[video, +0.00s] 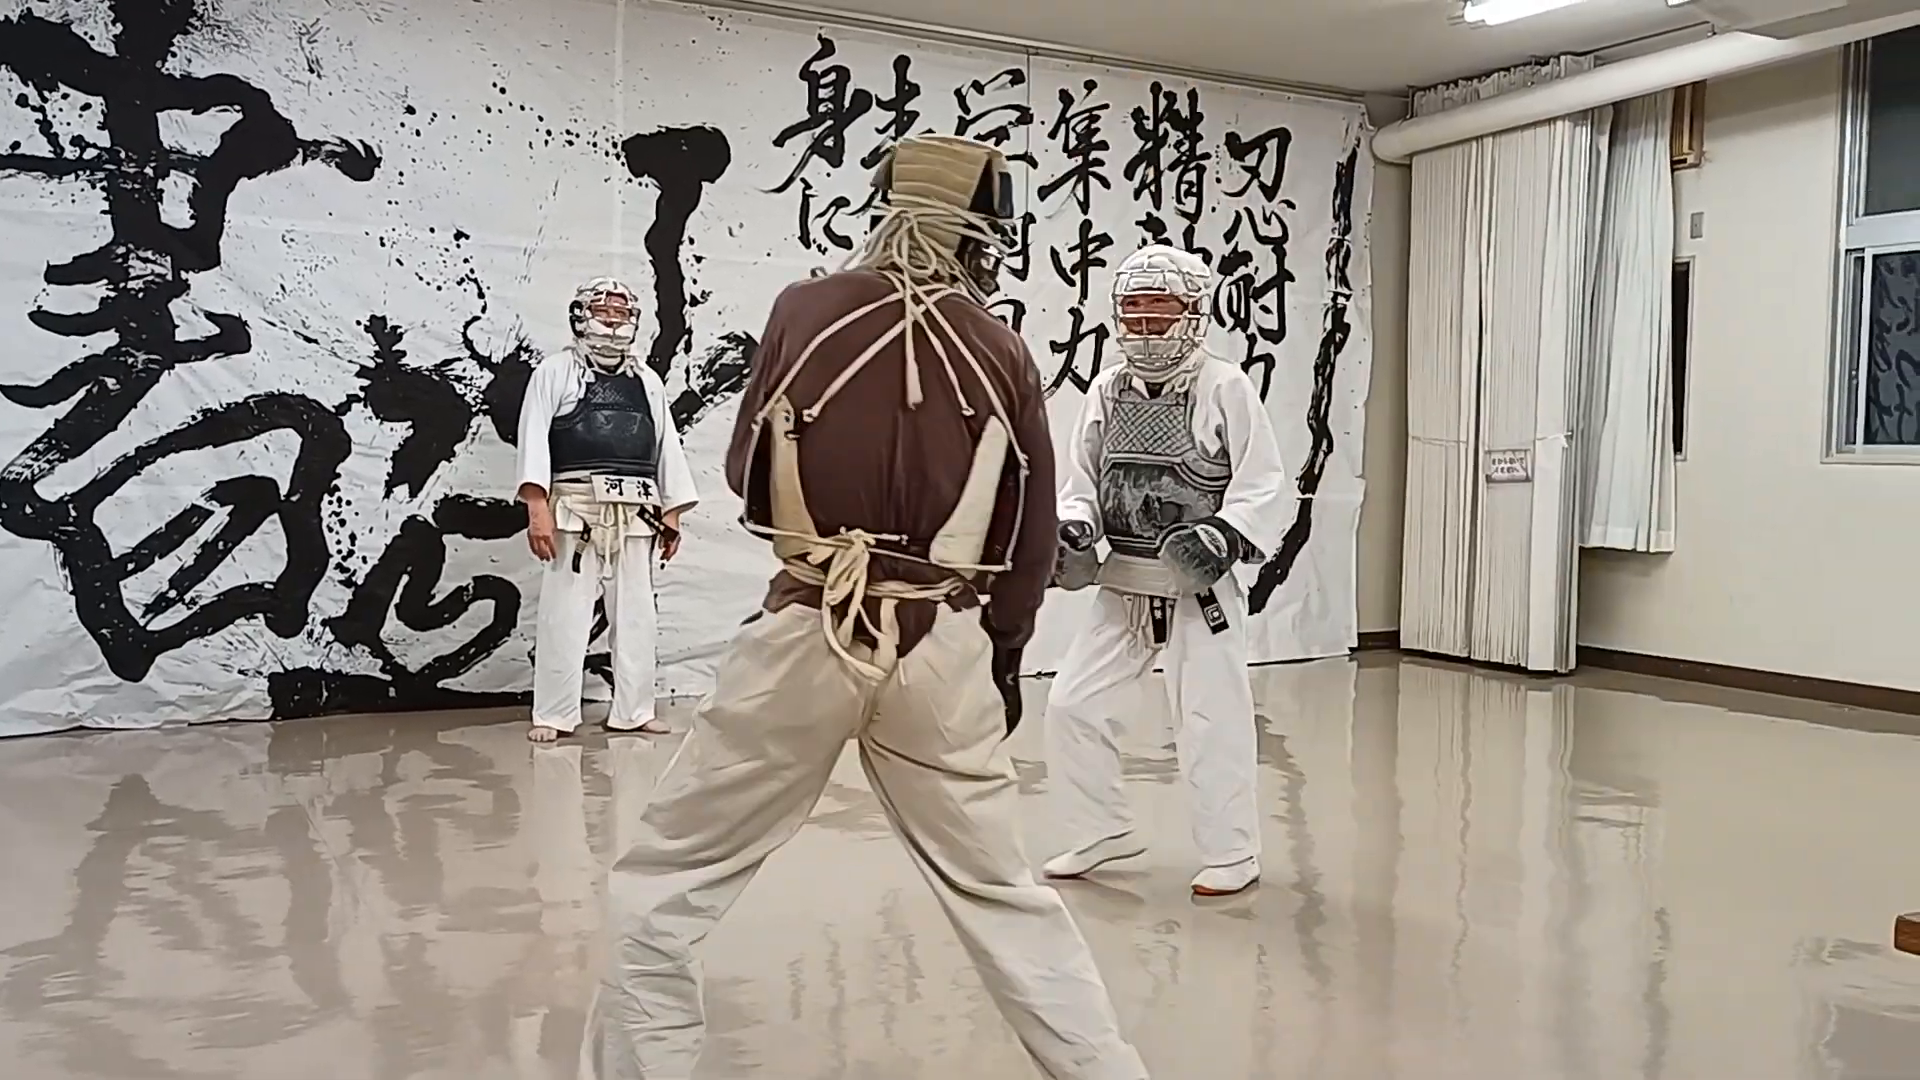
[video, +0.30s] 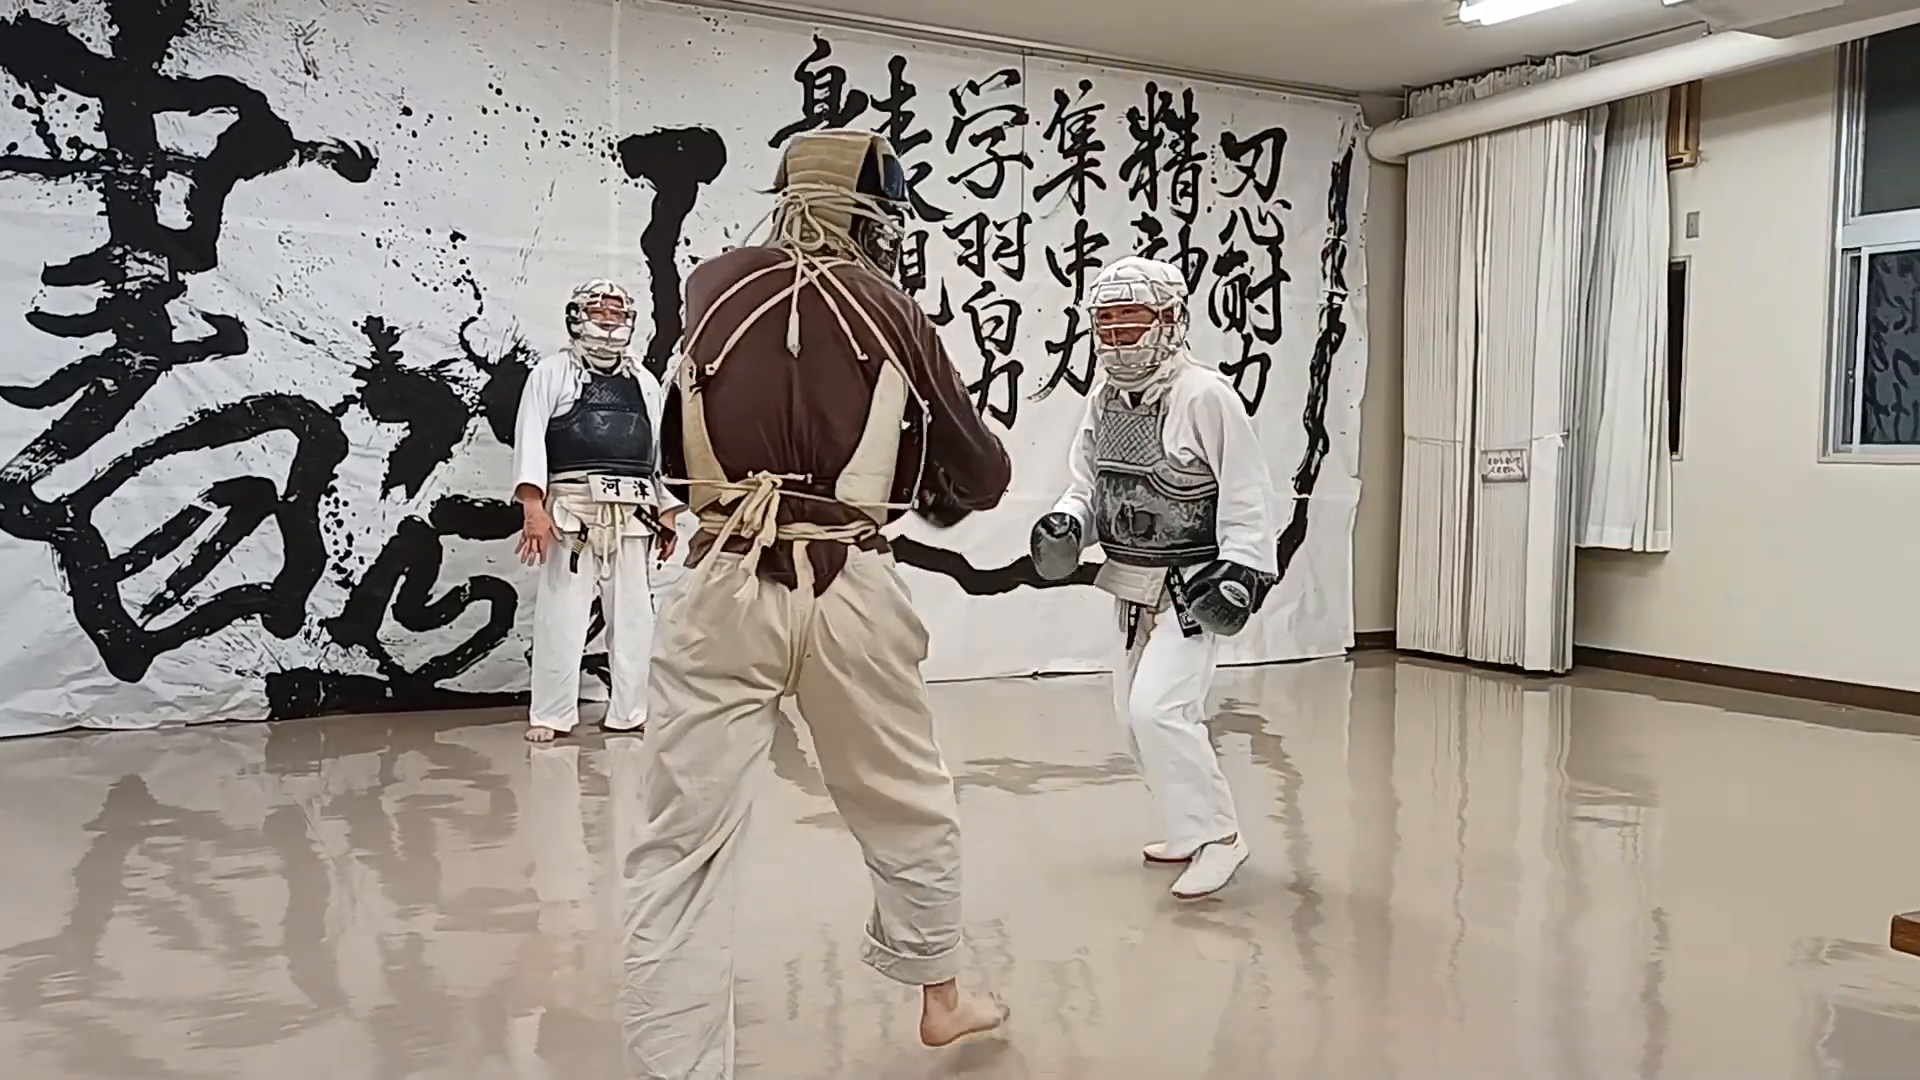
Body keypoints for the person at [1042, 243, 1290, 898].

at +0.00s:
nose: (1144, 321)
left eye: (1160, 308)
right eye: (1133, 308)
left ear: (1191, 313)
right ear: (1118, 315)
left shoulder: (1224, 387)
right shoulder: (1107, 390)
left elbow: (1266, 483)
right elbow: (1079, 481)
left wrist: (1223, 537)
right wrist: (1075, 529)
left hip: (1200, 593)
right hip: (1120, 591)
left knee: (1214, 728)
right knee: (1072, 710)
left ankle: (1230, 855)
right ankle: (1107, 832)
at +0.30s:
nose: (1114, 331)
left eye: (1129, 317)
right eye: (1106, 318)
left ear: (1165, 319)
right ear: (1096, 323)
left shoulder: (1204, 396)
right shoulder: (1105, 395)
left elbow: (1249, 498)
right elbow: (1087, 478)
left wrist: (1240, 576)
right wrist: (1066, 519)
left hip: (1194, 586)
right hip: (1133, 584)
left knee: (1158, 707)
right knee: (1140, 710)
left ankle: (1220, 838)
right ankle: (1189, 828)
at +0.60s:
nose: (1106, 321)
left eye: (1121, 308)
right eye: (1098, 308)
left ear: (1162, 312)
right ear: (1090, 311)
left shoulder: (1190, 383)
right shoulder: (1104, 390)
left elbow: (1215, 477)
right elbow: (1072, 465)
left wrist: (1142, 463)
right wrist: (1031, 441)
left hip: (1173, 576)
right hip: (1125, 573)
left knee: (1127, 728)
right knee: (1141, 711)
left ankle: (1147, 891)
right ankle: (1198, 809)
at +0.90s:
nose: (1098, 315)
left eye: (1111, 304)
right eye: (1094, 304)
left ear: (1152, 304)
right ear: (1098, 309)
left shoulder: (1180, 371)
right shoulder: (1115, 376)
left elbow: (1153, 444)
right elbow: (1077, 457)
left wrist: (1100, 367)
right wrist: (1039, 409)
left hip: (1177, 572)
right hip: (1138, 569)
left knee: (1118, 708)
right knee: (1171, 713)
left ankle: (1147, 873)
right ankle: (1195, 841)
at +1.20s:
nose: (1064, 318)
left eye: (1078, 305)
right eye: (1061, 305)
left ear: (1120, 310)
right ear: (1065, 310)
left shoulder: (1133, 385)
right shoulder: (1103, 384)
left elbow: (1178, 490)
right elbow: (1111, 495)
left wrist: (1117, 557)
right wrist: (1053, 523)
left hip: (1127, 592)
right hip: (1114, 588)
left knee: (1076, 730)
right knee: (1147, 716)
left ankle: (1058, 893)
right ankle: (1186, 839)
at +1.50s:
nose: (1025, 306)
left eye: (1038, 293)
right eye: (1024, 293)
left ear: (1077, 296)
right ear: (1057, 299)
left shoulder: (1088, 370)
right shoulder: (1085, 366)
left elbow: (1090, 478)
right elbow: (1068, 471)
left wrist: (1002, 507)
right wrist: (998, 460)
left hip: (1081, 576)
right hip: (1105, 571)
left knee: (1030, 726)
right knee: (1087, 719)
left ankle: (1050, 899)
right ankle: (1139, 862)